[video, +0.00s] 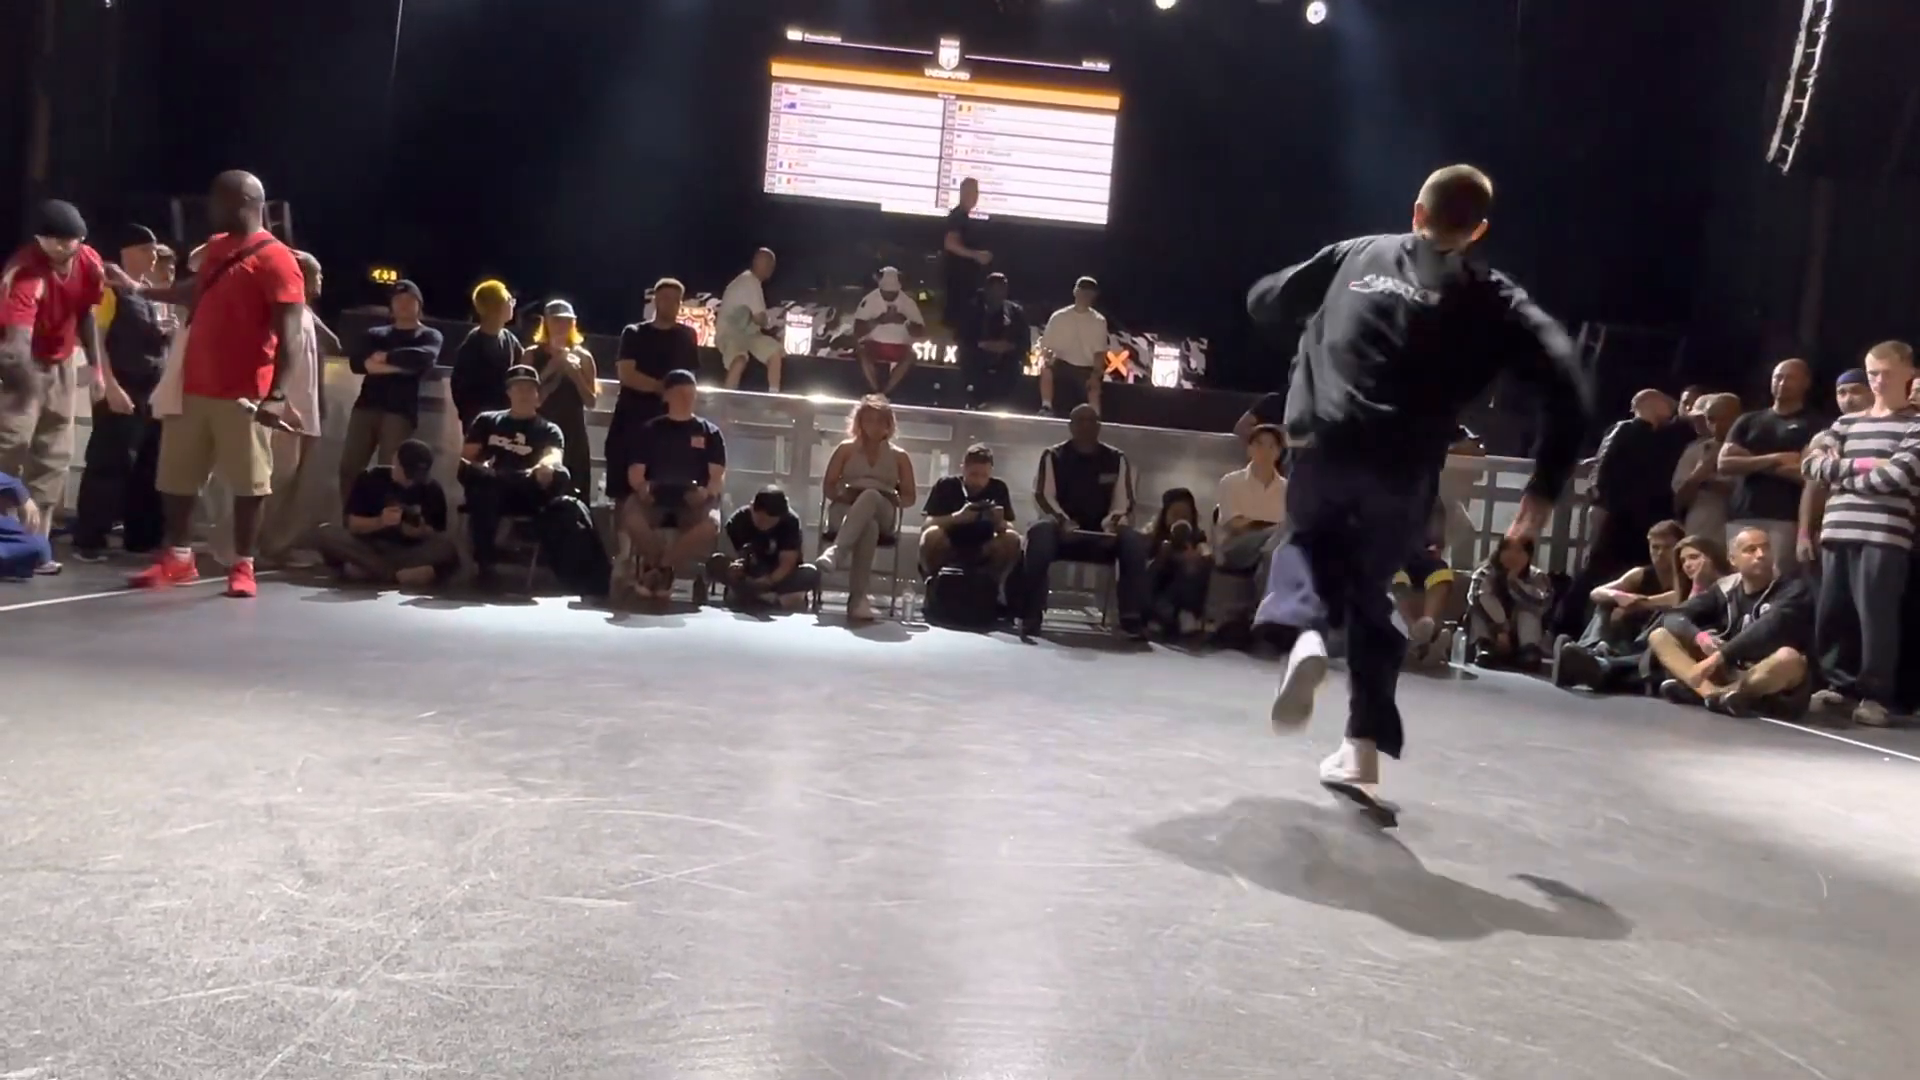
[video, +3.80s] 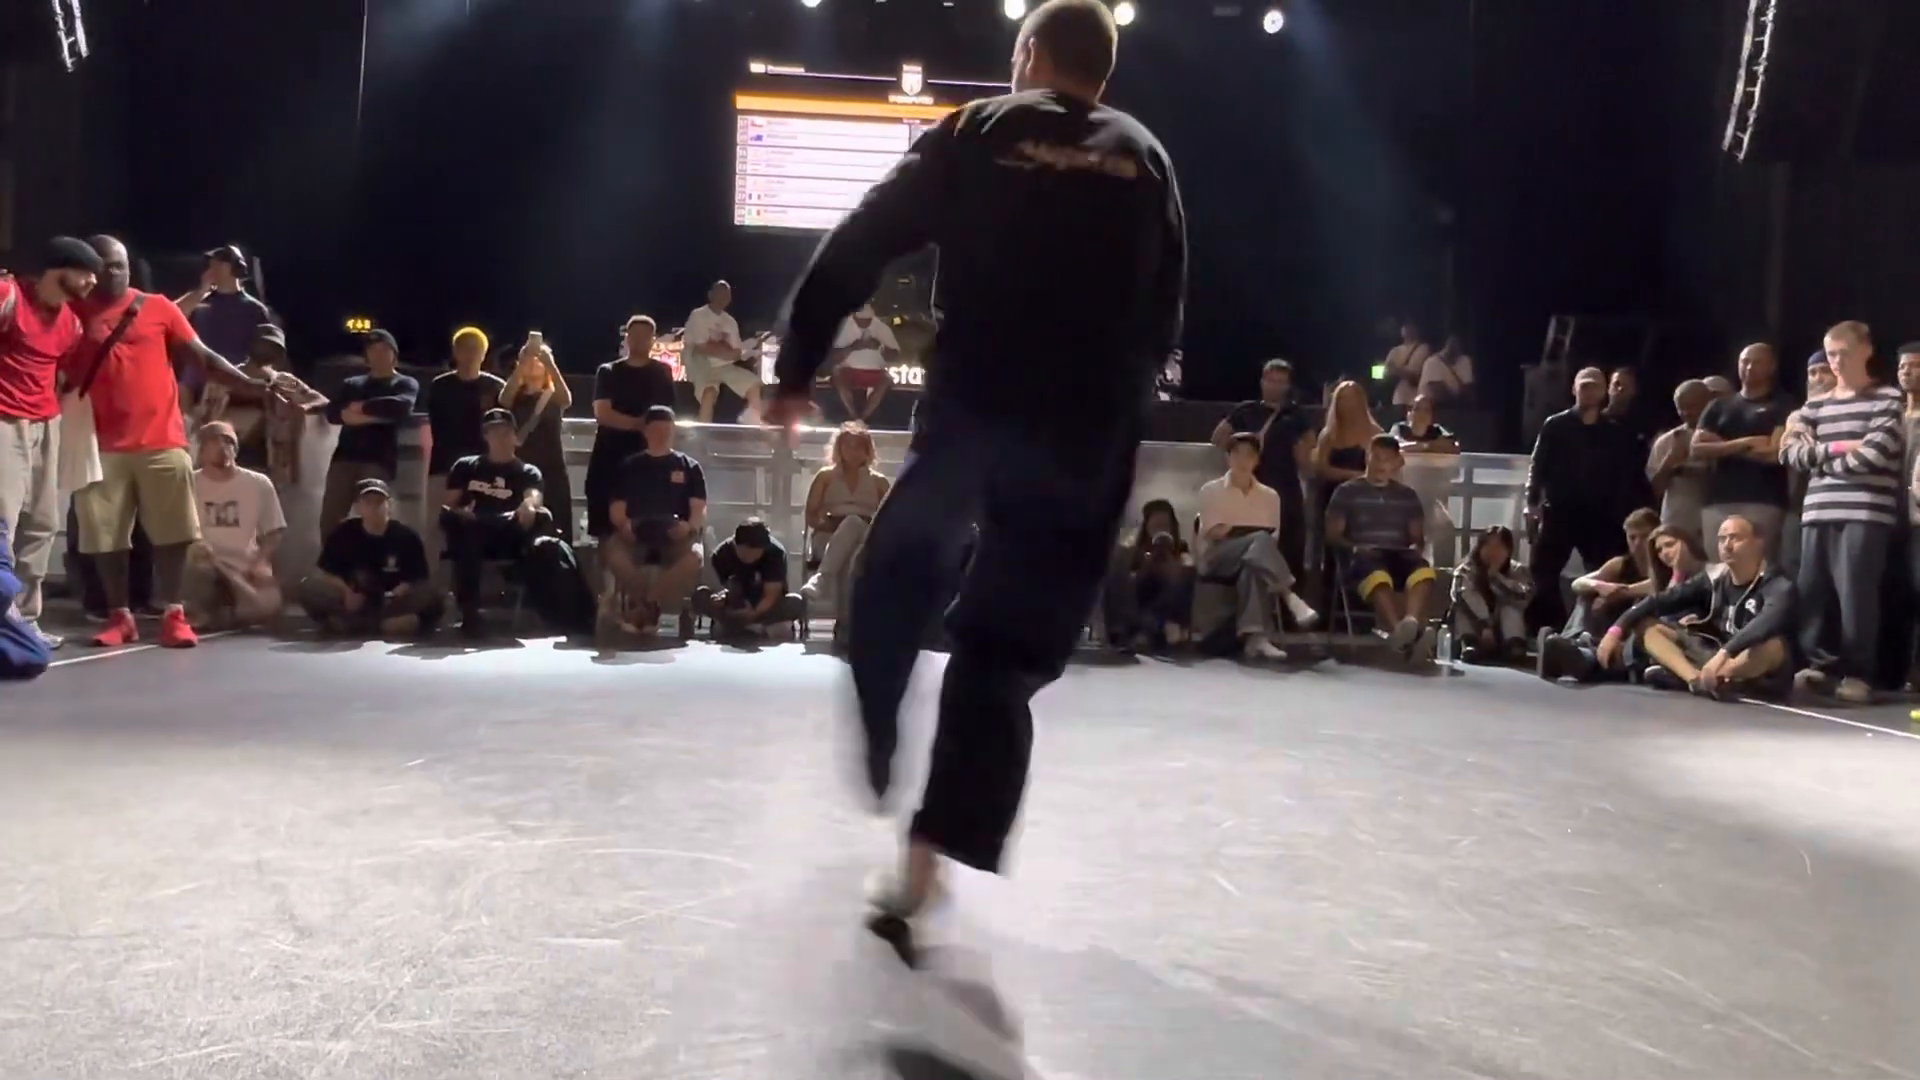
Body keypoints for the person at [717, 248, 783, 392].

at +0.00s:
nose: (770, 270)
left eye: (772, 266)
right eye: (769, 265)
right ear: (760, 264)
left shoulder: (753, 282)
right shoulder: (749, 282)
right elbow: (759, 317)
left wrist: (764, 318)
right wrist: (768, 321)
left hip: (750, 333)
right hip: (730, 332)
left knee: (775, 353)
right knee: (739, 359)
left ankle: (773, 396)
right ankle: (726, 398)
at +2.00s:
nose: (768, 276)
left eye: (769, 272)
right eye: (767, 271)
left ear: (755, 270)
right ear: (758, 270)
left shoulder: (752, 290)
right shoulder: (742, 288)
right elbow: (753, 323)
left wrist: (773, 318)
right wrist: (765, 327)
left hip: (747, 340)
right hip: (726, 340)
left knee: (772, 359)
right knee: (735, 365)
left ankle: (771, 403)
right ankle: (723, 405)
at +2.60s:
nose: (754, 279)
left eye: (755, 275)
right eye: (752, 274)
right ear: (741, 274)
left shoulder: (740, 297)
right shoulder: (724, 292)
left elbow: (745, 324)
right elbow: (733, 325)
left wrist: (761, 323)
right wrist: (752, 333)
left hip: (734, 345)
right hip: (714, 344)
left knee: (760, 363)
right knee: (722, 370)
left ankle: (759, 407)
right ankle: (711, 410)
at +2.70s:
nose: (753, 280)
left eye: (753, 276)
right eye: (750, 276)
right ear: (738, 276)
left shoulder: (739, 299)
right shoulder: (719, 292)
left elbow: (744, 326)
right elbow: (727, 325)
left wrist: (760, 323)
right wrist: (749, 333)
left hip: (732, 346)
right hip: (711, 346)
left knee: (758, 364)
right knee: (720, 372)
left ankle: (757, 409)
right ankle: (710, 412)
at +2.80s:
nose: (739, 281)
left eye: (742, 278)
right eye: (736, 276)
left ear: (745, 281)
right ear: (728, 275)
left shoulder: (737, 303)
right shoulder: (710, 293)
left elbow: (744, 334)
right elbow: (700, 322)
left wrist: (729, 328)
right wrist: (723, 326)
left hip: (729, 347)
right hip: (706, 345)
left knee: (755, 366)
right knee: (716, 372)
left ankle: (754, 410)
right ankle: (706, 412)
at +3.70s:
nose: (723, 294)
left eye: (726, 290)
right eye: (719, 290)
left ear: (729, 295)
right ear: (710, 292)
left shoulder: (730, 318)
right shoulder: (697, 312)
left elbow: (737, 350)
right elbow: (700, 345)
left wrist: (711, 345)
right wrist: (725, 345)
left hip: (725, 362)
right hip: (701, 362)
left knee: (753, 383)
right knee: (709, 391)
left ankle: (756, 428)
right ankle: (703, 432)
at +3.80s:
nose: (724, 297)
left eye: (727, 294)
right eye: (720, 293)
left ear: (730, 298)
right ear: (711, 295)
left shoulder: (730, 321)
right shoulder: (698, 315)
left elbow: (737, 353)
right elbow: (700, 347)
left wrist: (713, 346)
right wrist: (727, 349)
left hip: (725, 366)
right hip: (703, 365)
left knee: (754, 386)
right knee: (709, 394)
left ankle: (754, 427)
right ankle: (703, 434)